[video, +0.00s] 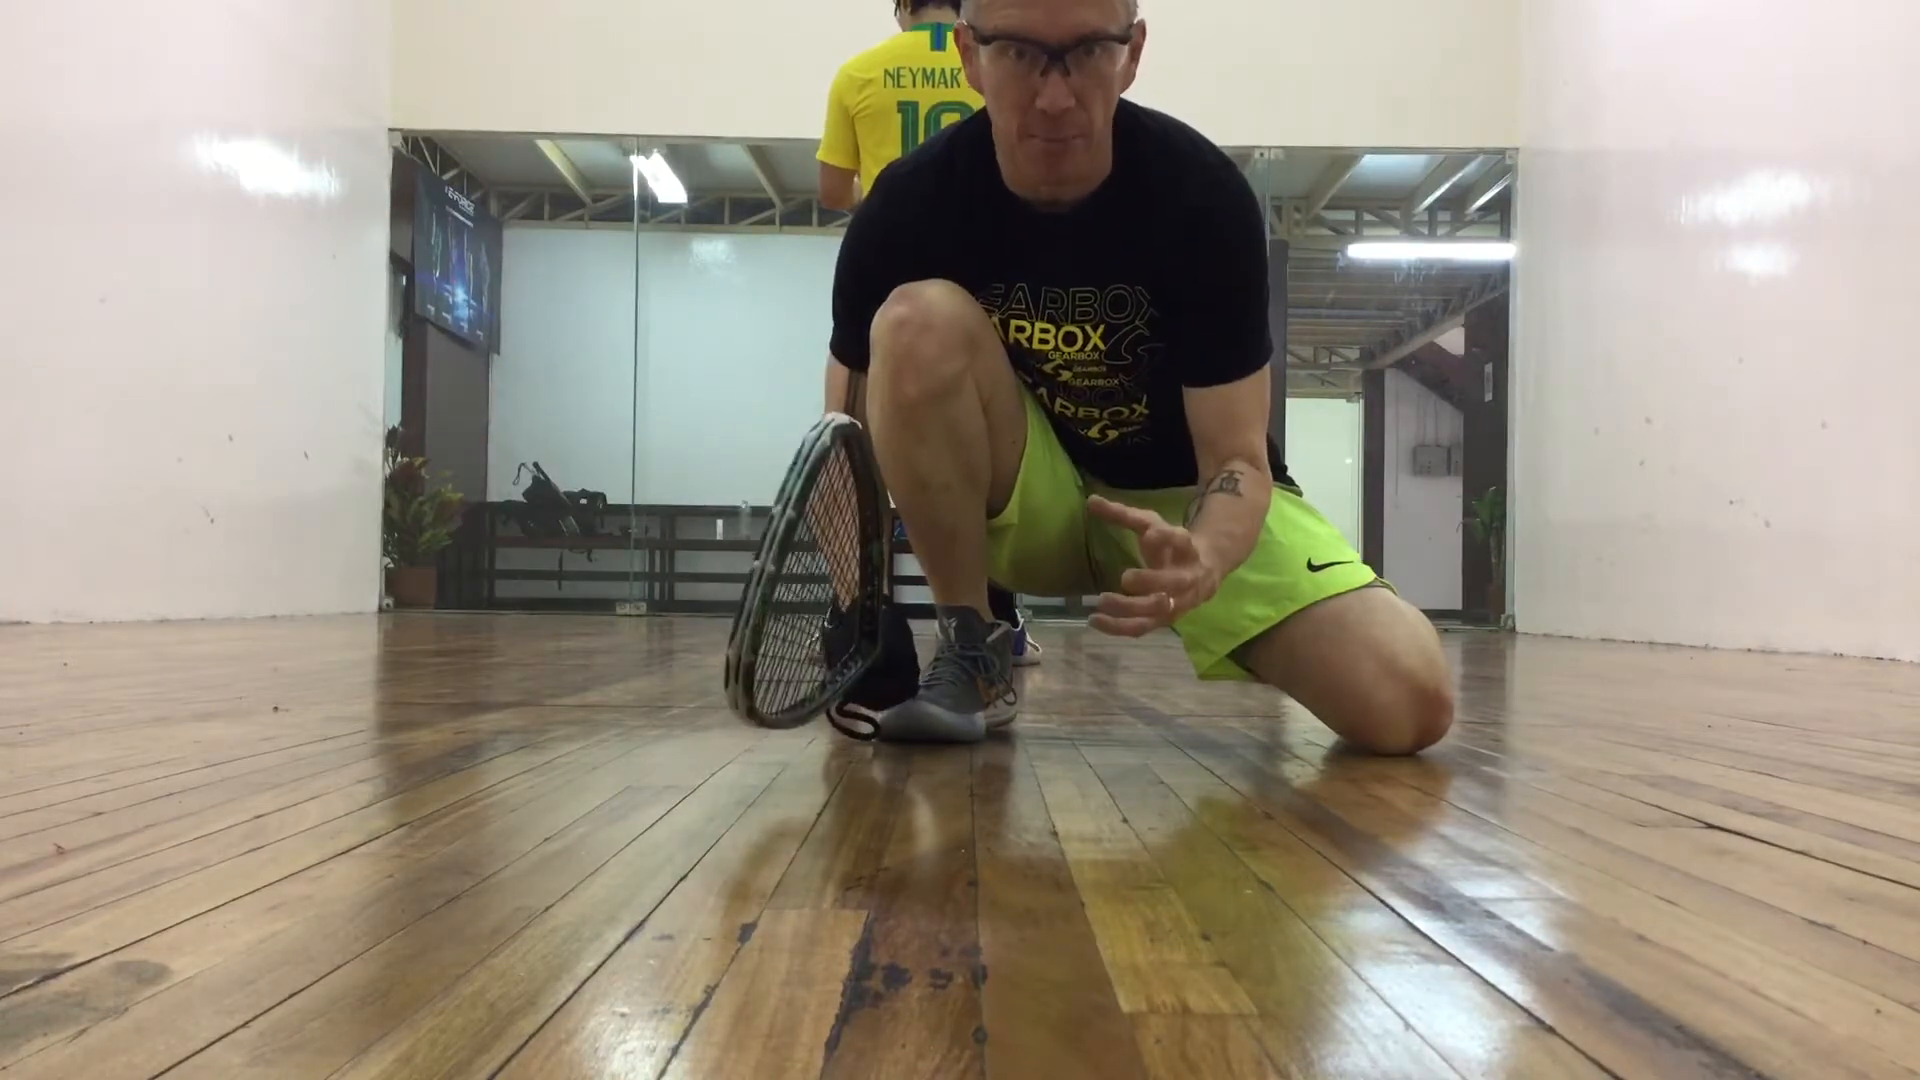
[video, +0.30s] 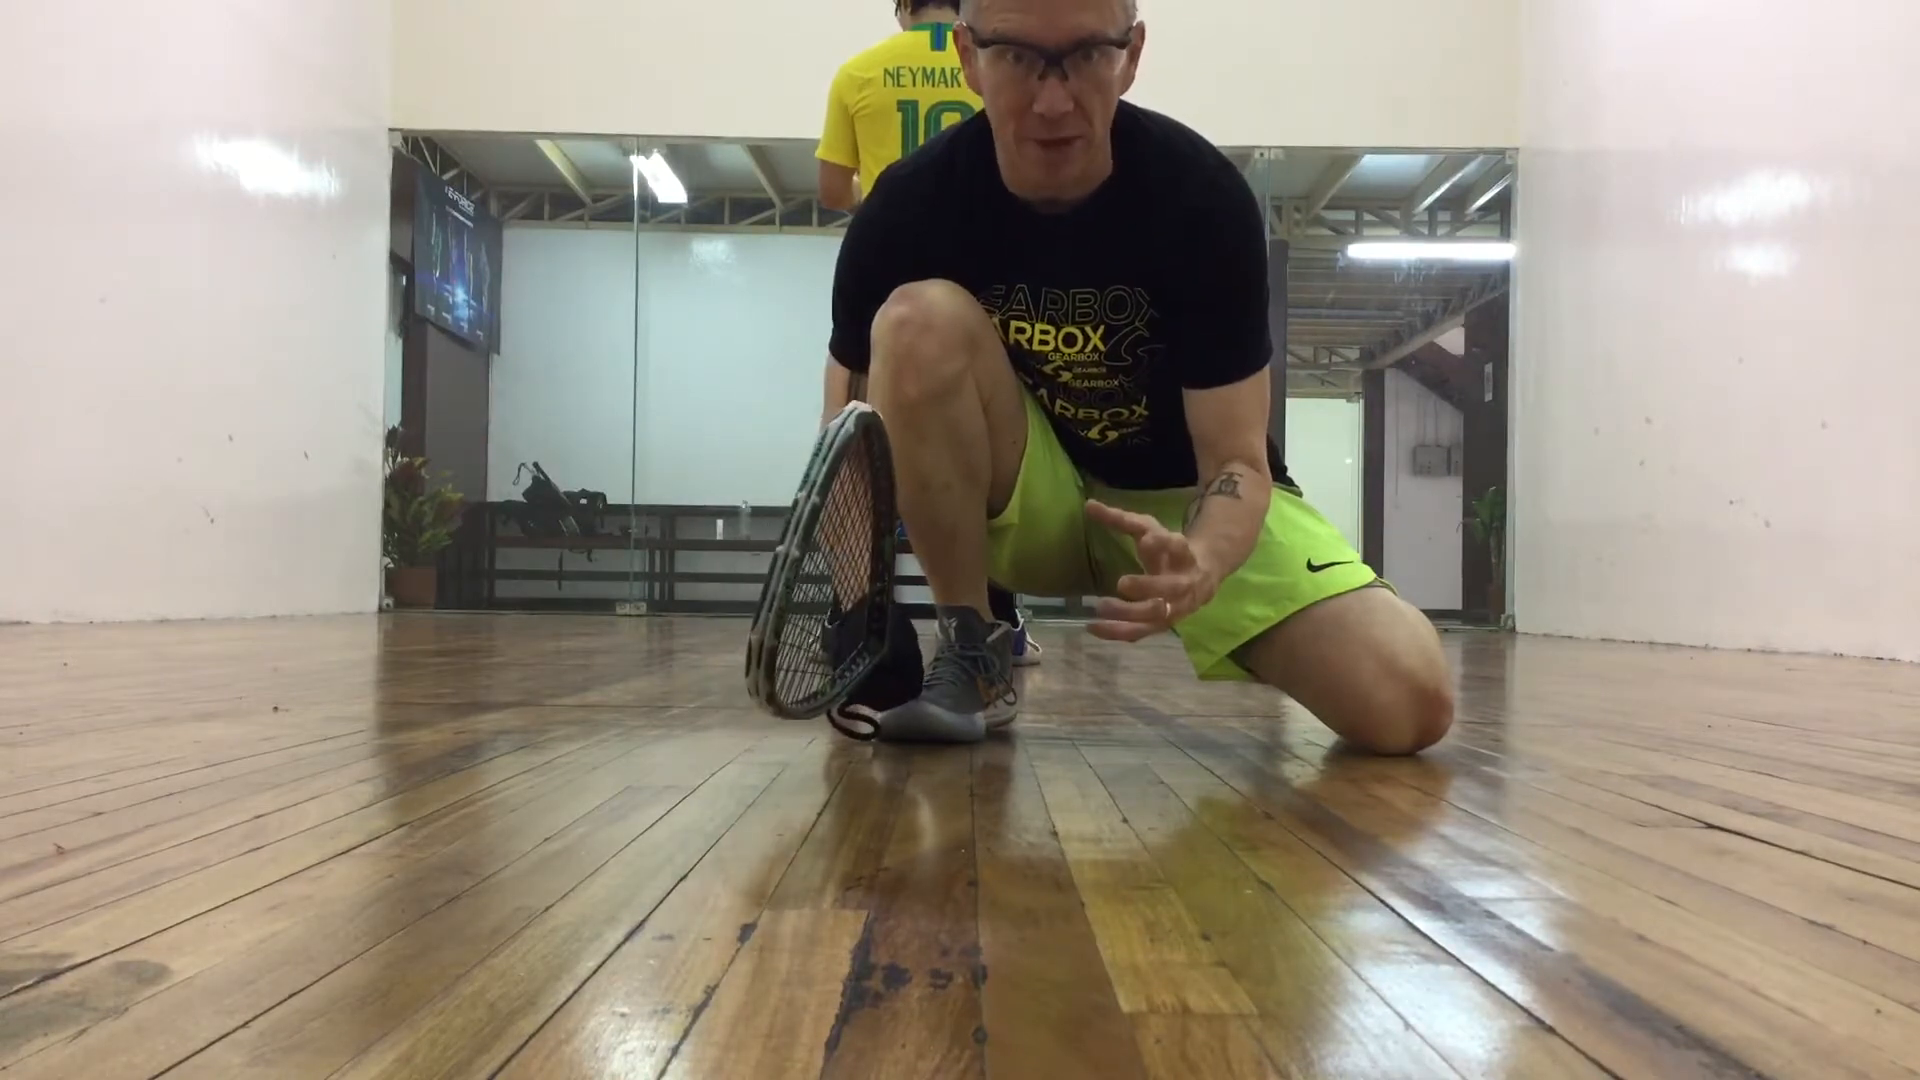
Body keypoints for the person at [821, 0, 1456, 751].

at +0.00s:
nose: (1054, 94)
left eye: (1085, 52)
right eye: (1020, 54)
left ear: (1133, 52)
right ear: (968, 55)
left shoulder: (1202, 195)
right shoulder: (908, 204)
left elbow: (1238, 465)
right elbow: (849, 436)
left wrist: (1205, 561)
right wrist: (858, 619)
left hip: (1198, 503)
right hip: (1031, 497)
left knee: (1411, 712)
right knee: (918, 320)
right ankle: (967, 642)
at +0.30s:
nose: (1056, 98)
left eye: (1088, 55)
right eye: (1022, 58)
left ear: (1133, 53)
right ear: (967, 57)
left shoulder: (1202, 196)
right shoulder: (906, 208)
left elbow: (1237, 467)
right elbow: (852, 436)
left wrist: (1203, 564)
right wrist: (859, 624)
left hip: (1196, 502)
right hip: (1031, 495)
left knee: (1411, 712)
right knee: (919, 319)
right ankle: (967, 648)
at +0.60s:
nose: (1050, 90)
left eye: (1080, 50)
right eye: (1018, 52)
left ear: (1130, 55)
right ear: (965, 61)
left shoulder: (1200, 196)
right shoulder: (906, 210)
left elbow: (1239, 469)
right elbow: (849, 434)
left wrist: (1201, 578)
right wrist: (861, 624)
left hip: (1195, 507)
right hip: (1030, 495)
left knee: (1410, 711)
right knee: (917, 319)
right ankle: (969, 645)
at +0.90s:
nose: (1061, 91)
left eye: (1091, 46)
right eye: (1025, 53)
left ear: (1136, 44)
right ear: (972, 55)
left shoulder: (1208, 194)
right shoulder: (912, 199)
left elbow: (1235, 464)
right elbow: (852, 420)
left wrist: (1176, 495)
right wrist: (857, 612)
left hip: (1187, 502)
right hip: (1022, 491)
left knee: (1410, 711)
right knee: (915, 318)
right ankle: (968, 644)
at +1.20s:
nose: (1062, 61)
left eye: (1090, 24)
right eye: (1030, 26)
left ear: (1134, 43)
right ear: (975, 48)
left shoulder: (1203, 192)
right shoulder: (913, 200)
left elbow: (1220, 466)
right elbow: (855, 418)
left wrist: (1192, 564)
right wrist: (854, 616)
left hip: (1188, 495)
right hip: (1030, 487)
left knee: (1411, 712)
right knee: (917, 315)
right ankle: (967, 645)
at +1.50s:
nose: (1051, 75)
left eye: (1084, 33)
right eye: (1017, 36)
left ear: (1126, 46)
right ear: (964, 52)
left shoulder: (1197, 191)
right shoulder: (907, 205)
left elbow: (1224, 471)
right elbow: (849, 433)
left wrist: (1197, 570)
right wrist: (858, 622)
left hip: (1191, 500)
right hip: (1031, 493)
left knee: (1411, 711)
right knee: (913, 313)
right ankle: (970, 648)